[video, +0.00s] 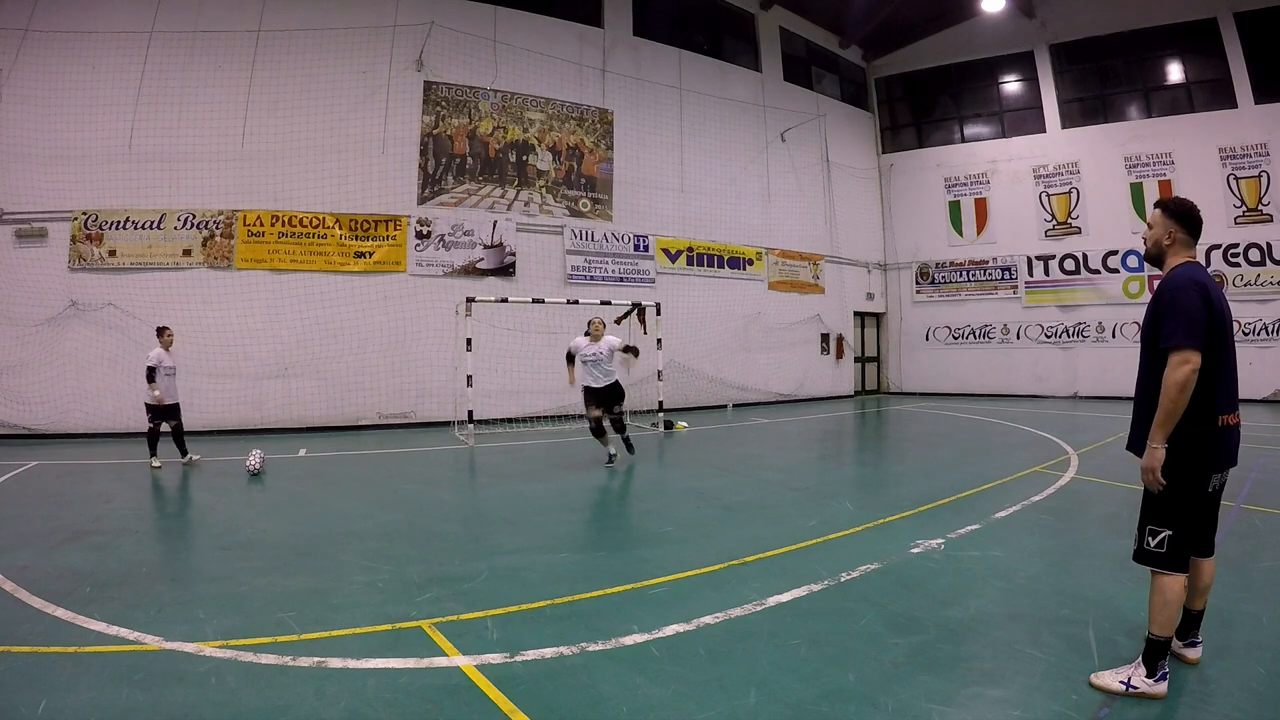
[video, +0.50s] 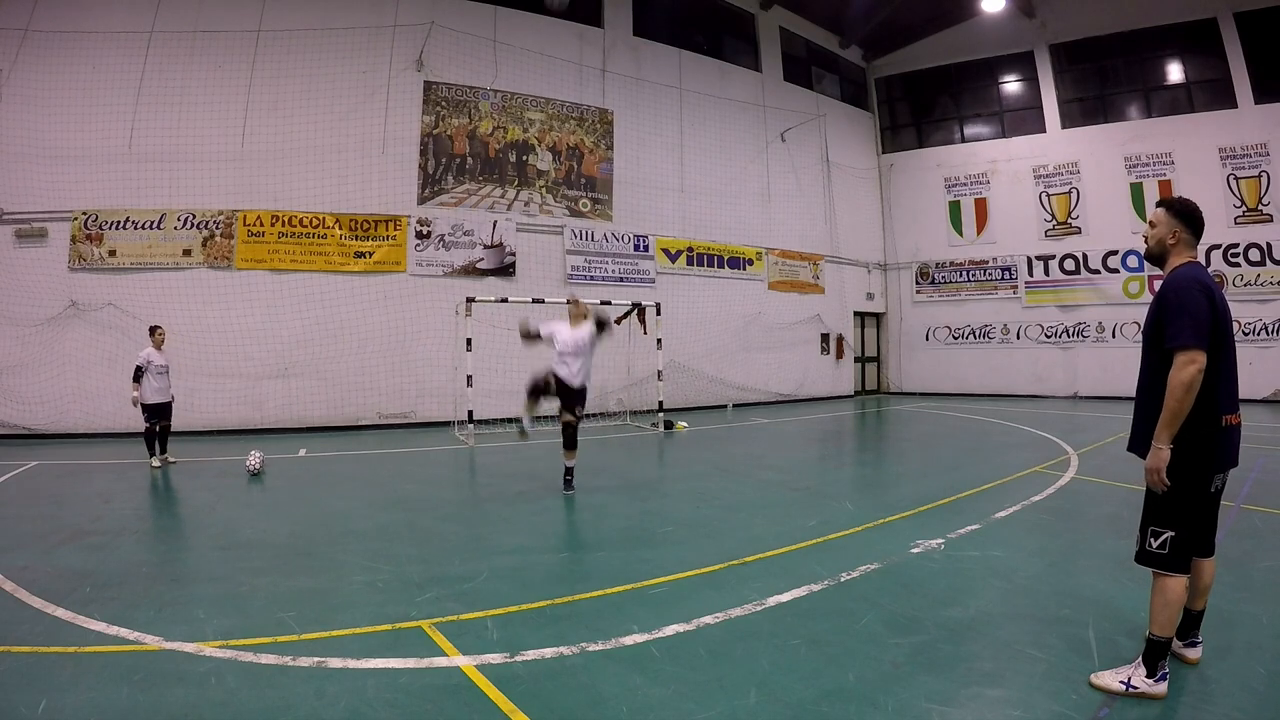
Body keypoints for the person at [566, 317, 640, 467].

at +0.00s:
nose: (596, 325)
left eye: (599, 324)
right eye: (593, 323)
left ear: (604, 329)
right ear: (588, 329)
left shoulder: (609, 341)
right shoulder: (579, 343)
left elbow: (626, 348)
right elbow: (570, 355)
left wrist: (633, 351)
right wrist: (571, 375)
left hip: (611, 387)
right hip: (591, 389)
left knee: (618, 425)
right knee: (595, 427)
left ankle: (625, 438)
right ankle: (611, 451)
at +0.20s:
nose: (589, 326)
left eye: (592, 325)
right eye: (585, 325)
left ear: (597, 331)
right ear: (581, 331)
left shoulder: (605, 345)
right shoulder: (574, 345)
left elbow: (612, 355)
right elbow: (565, 371)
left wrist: (613, 373)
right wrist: (583, 368)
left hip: (600, 392)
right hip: (580, 395)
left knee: (587, 421)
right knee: (590, 428)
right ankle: (611, 450)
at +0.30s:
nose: (587, 327)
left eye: (590, 325)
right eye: (583, 325)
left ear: (596, 332)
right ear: (579, 332)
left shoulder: (601, 351)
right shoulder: (570, 345)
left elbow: (597, 372)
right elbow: (558, 371)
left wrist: (603, 389)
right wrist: (572, 376)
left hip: (591, 397)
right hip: (570, 398)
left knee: (574, 432)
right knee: (572, 438)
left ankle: (571, 476)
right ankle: (595, 456)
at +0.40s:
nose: (582, 321)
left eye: (585, 320)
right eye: (579, 320)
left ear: (592, 329)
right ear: (574, 328)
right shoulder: (563, 344)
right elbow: (544, 369)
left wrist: (609, 377)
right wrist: (549, 388)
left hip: (584, 401)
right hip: (560, 397)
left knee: (570, 436)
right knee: (547, 434)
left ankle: (570, 476)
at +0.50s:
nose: (573, 305)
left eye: (577, 303)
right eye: (571, 303)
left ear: (586, 310)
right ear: (568, 310)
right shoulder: (557, 327)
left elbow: (604, 326)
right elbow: (532, 336)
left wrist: (598, 317)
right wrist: (525, 330)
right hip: (557, 378)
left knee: (569, 431)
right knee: (535, 386)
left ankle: (569, 474)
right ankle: (527, 422)